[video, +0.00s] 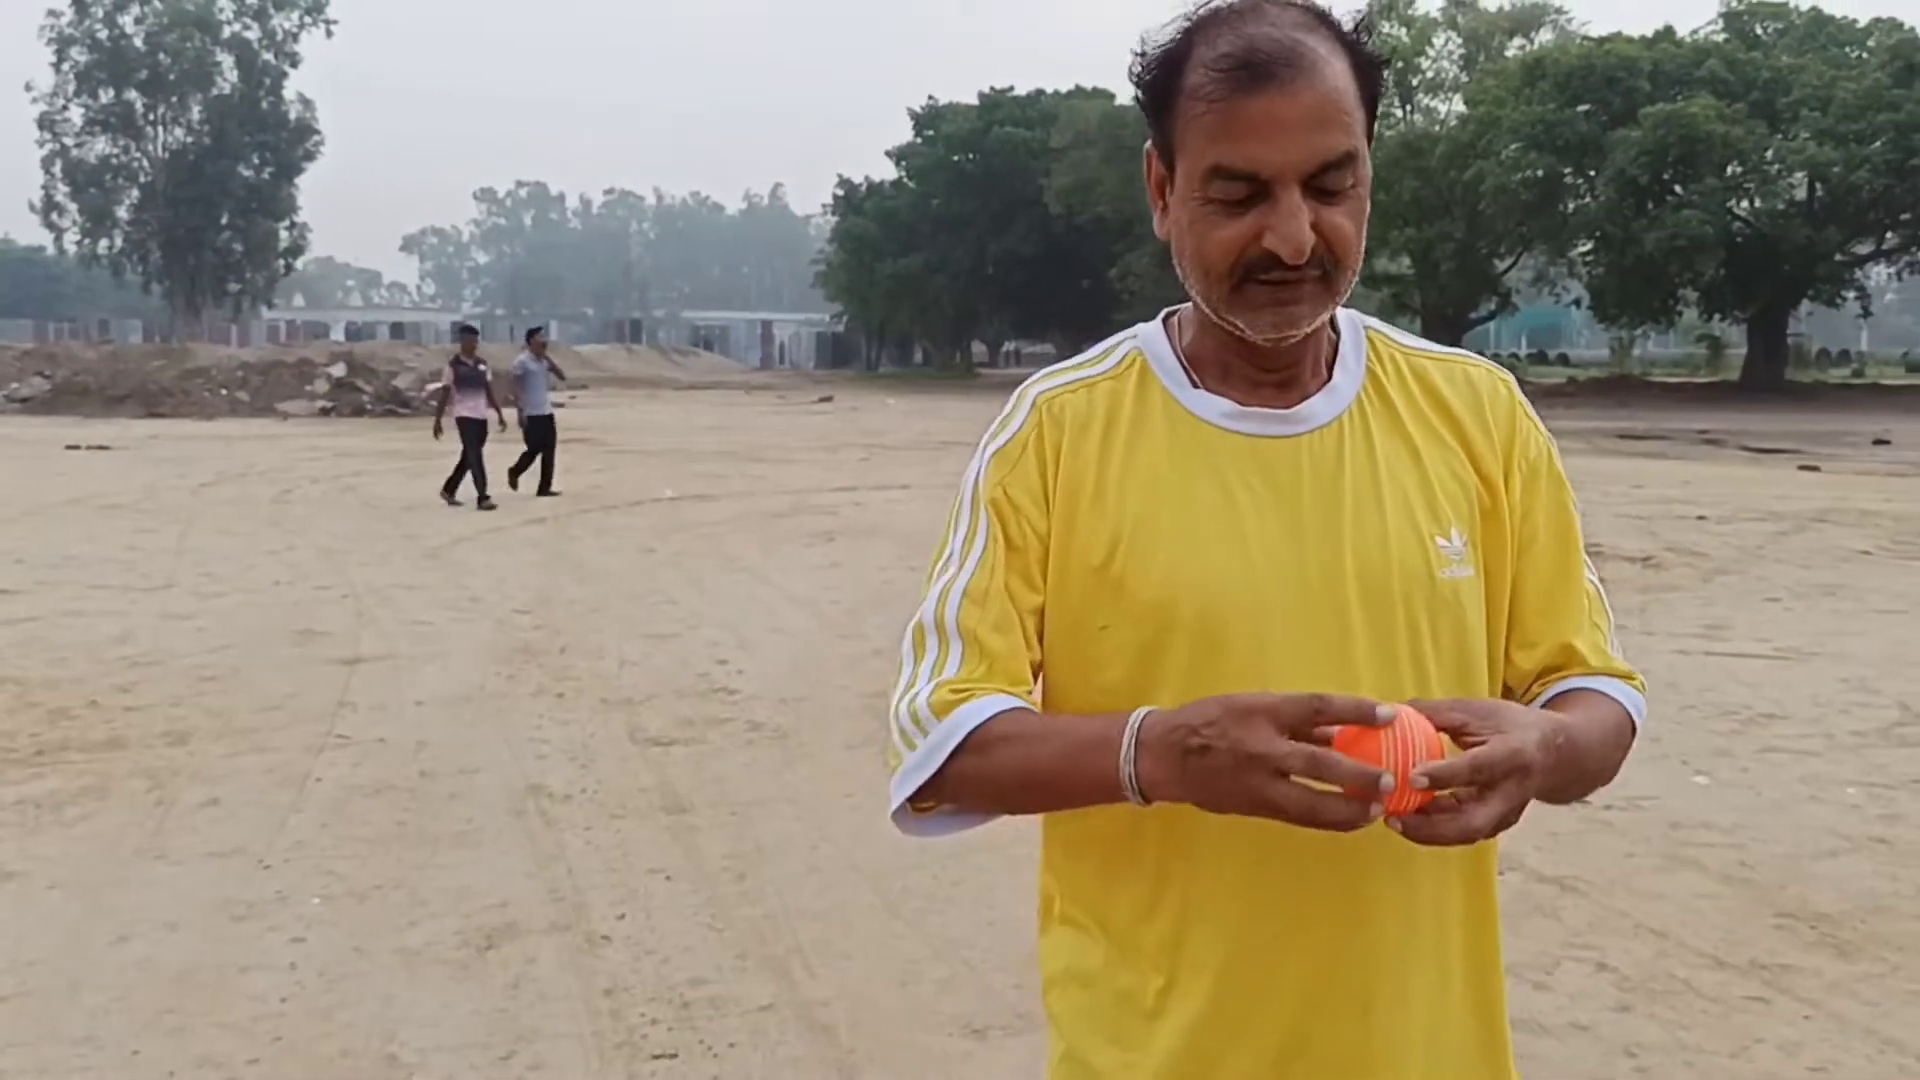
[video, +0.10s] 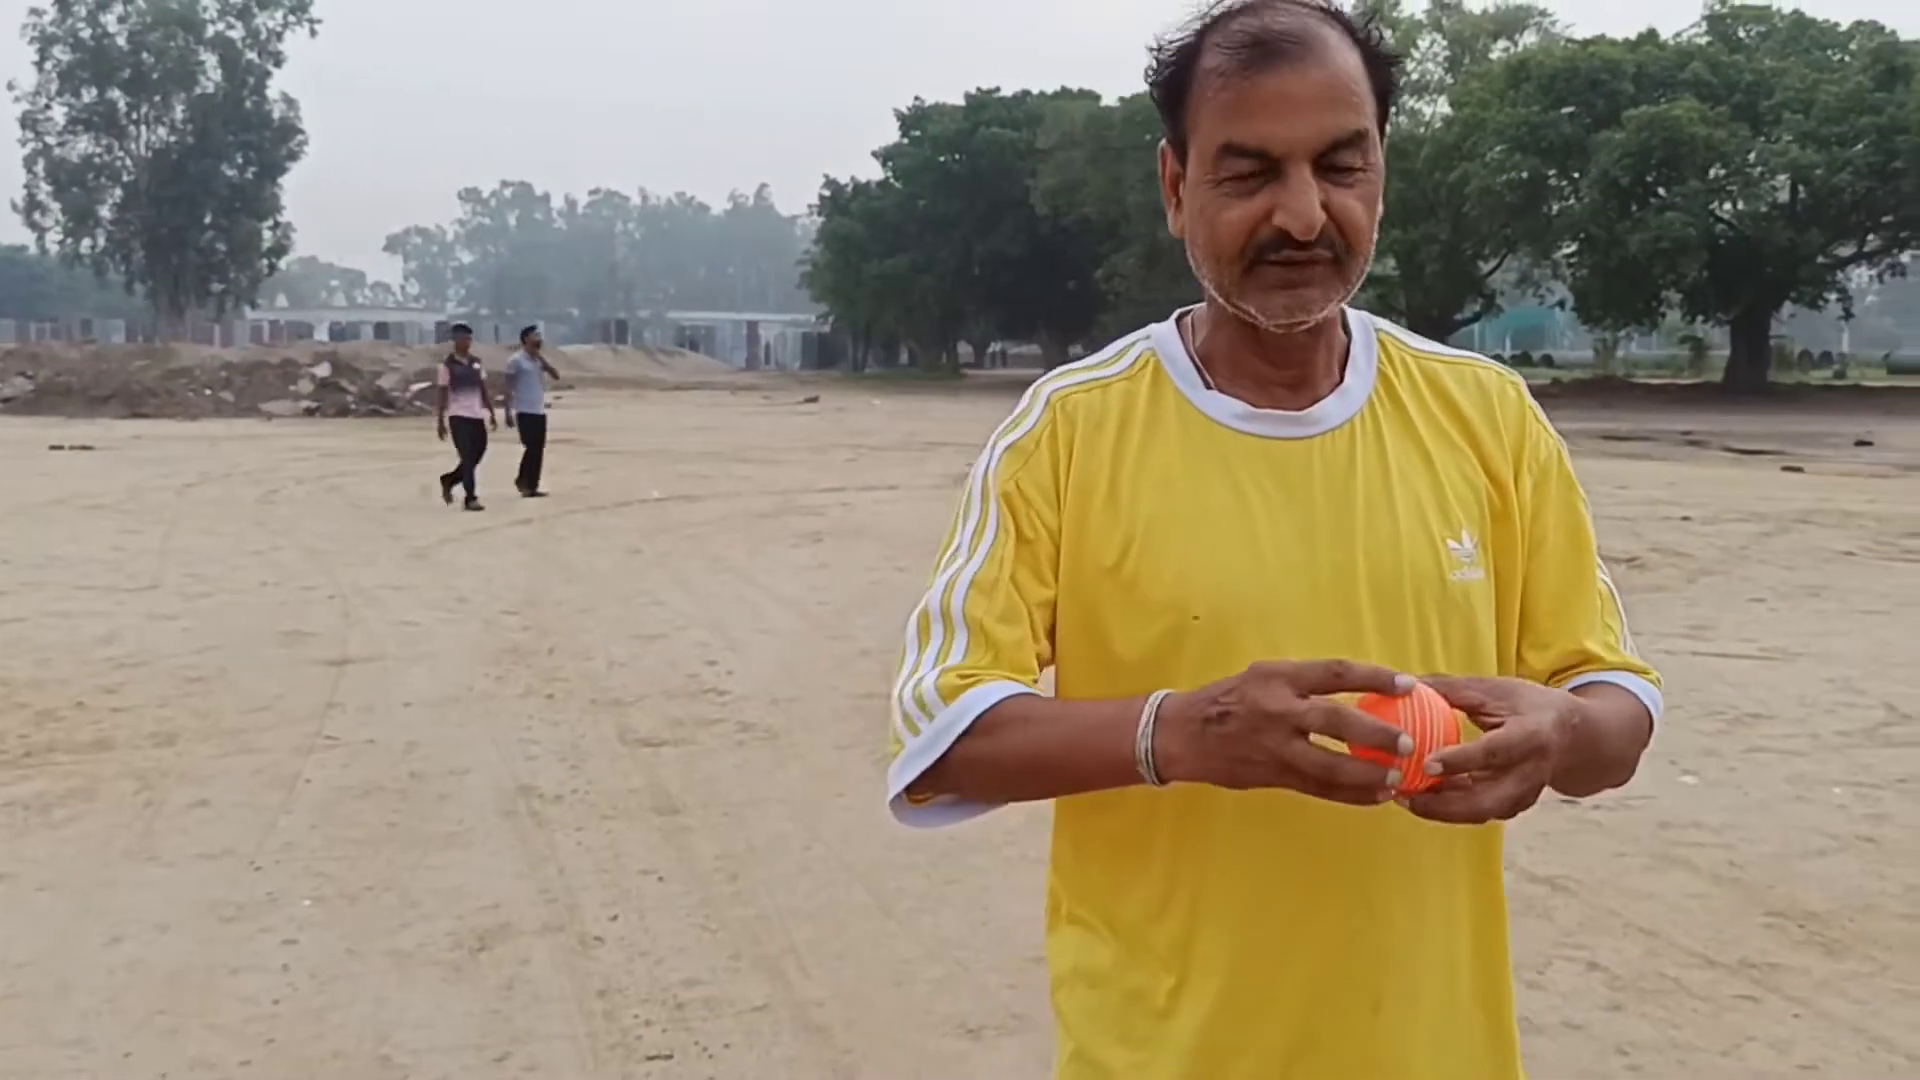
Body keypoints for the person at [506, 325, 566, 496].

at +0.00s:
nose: (543, 342)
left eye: (543, 338)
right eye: (539, 339)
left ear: (542, 341)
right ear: (530, 342)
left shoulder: (542, 361)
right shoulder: (521, 362)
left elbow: (561, 376)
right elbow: (515, 390)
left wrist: (547, 359)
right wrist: (520, 413)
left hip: (546, 413)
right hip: (531, 414)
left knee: (549, 452)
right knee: (534, 449)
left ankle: (545, 486)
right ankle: (514, 472)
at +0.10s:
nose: (538, 343)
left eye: (539, 339)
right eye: (534, 340)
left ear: (540, 341)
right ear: (525, 341)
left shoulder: (537, 360)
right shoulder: (515, 361)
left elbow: (555, 375)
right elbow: (508, 389)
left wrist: (541, 359)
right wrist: (508, 413)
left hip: (538, 410)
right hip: (524, 411)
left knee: (537, 450)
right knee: (531, 448)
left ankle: (533, 485)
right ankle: (523, 479)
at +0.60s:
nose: (472, 332)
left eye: (472, 328)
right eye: (468, 329)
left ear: (471, 332)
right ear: (458, 333)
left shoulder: (472, 353)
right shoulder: (448, 356)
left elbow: (488, 374)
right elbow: (444, 384)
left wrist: (475, 354)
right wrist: (449, 408)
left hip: (473, 408)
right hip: (455, 409)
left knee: (480, 444)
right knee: (456, 449)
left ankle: (459, 471)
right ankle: (458, 485)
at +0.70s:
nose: (462, 331)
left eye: (462, 327)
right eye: (458, 328)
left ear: (461, 330)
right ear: (447, 331)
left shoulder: (461, 351)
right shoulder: (438, 353)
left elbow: (477, 373)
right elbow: (434, 381)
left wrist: (466, 353)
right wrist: (444, 402)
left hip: (462, 407)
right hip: (444, 408)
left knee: (473, 445)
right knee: (441, 450)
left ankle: (462, 480)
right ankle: (440, 485)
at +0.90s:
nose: (457, 348)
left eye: (457, 344)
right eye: (452, 345)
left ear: (457, 347)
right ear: (442, 349)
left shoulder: (456, 370)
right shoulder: (434, 371)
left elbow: (472, 390)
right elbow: (430, 398)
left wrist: (461, 370)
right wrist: (447, 415)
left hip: (456, 427)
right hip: (438, 427)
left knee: (463, 467)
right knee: (427, 466)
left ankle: (469, 502)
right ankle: (418, 497)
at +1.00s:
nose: (462, 356)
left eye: (462, 352)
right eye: (458, 352)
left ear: (461, 356)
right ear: (447, 356)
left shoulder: (460, 377)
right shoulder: (439, 377)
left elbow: (475, 398)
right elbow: (432, 403)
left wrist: (466, 378)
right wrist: (440, 426)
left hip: (462, 433)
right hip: (445, 433)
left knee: (468, 473)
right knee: (436, 471)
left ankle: (464, 510)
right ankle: (415, 500)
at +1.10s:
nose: (460, 359)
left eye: (460, 355)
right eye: (456, 355)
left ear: (460, 359)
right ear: (445, 358)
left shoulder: (457, 380)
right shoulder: (434, 380)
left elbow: (473, 402)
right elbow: (427, 410)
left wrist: (462, 381)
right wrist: (432, 436)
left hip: (459, 437)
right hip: (442, 437)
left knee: (460, 479)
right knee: (442, 476)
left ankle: (453, 516)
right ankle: (417, 502)